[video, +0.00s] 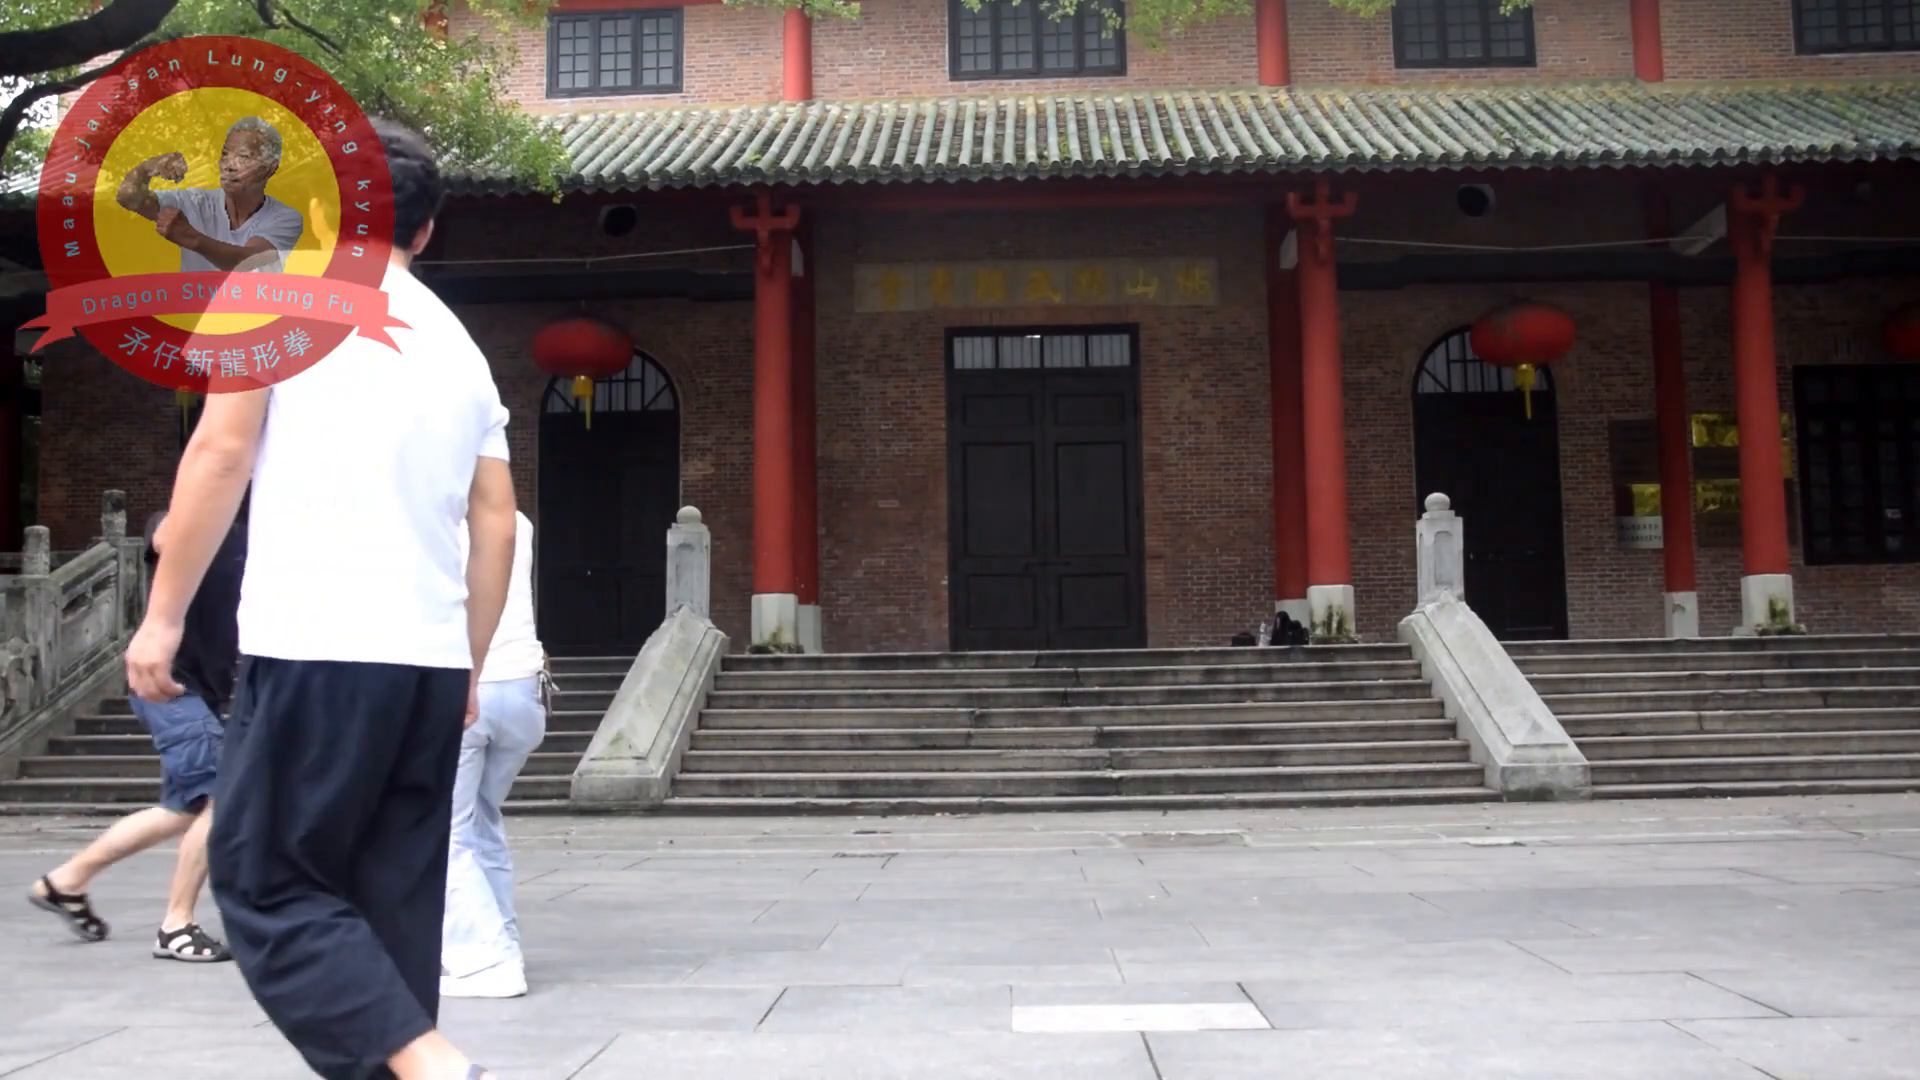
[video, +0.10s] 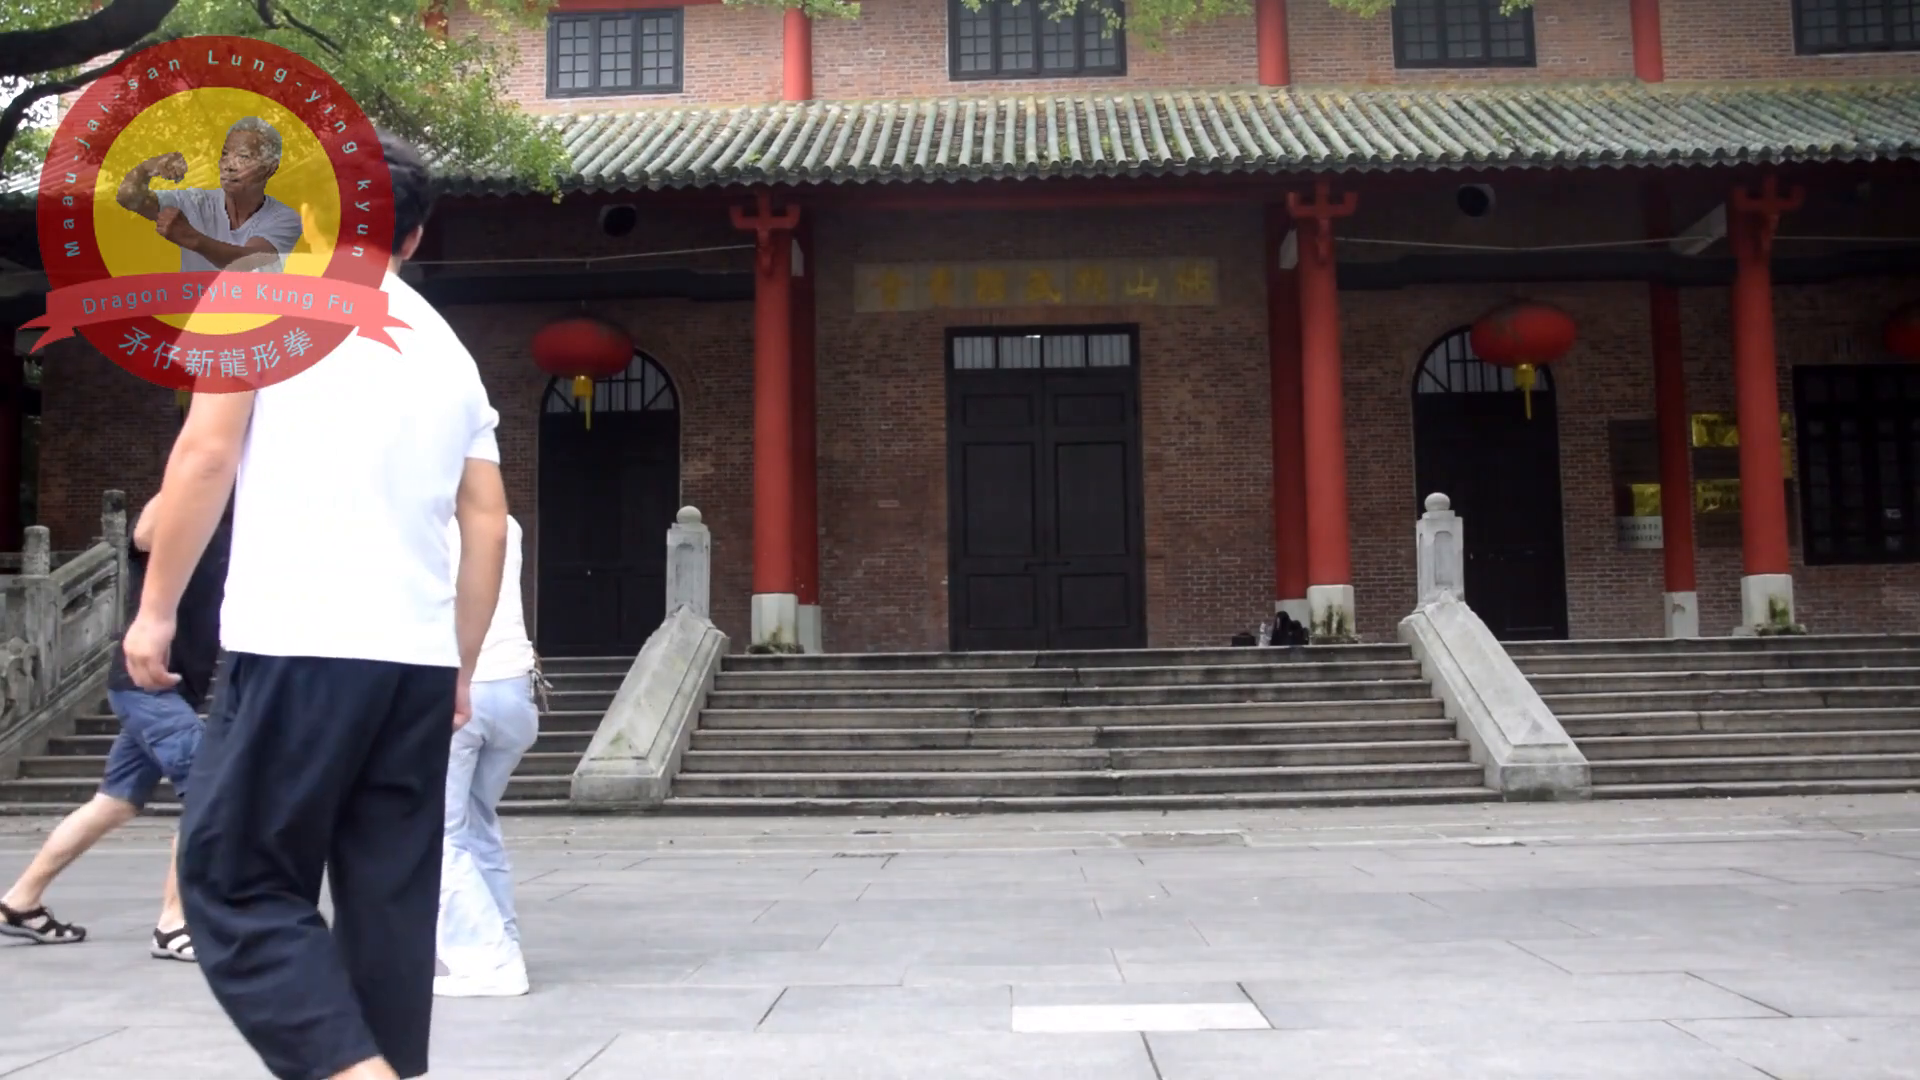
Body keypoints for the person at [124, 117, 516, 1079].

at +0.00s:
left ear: (329, 209)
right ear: (427, 234)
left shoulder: (275, 293)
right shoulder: (459, 348)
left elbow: (221, 451)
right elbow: (495, 521)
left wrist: (163, 614)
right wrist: (469, 663)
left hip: (312, 662)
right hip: (432, 668)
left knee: (263, 886)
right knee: (398, 901)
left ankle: (428, 1064)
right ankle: (386, 1072)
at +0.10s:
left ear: (322, 221)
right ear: (415, 242)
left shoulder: (260, 297)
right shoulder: (448, 351)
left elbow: (207, 450)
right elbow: (486, 521)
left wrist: (157, 608)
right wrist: (460, 661)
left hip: (296, 656)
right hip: (421, 666)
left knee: (237, 886)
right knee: (391, 903)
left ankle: (355, 1066)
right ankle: (390, 1074)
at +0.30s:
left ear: (291, 239)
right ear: (378, 257)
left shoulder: (231, 300)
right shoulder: (429, 356)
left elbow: (182, 457)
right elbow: (469, 513)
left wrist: (147, 614)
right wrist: (454, 663)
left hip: (266, 648)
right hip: (401, 658)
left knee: (193, 892)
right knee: (379, 905)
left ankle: (176, 1063)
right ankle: (377, 1068)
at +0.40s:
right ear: (352, 260)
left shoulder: (209, 307)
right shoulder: (411, 350)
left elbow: (170, 457)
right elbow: (459, 515)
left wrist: (137, 622)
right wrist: (448, 661)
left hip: (250, 644)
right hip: (385, 653)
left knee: (163, 891)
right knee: (372, 900)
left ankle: (126, 1064)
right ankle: (371, 1066)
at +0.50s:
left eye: (190, 255)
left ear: (222, 242)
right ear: (319, 249)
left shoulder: (184, 311)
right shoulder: (393, 352)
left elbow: (149, 465)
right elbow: (444, 512)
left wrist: (120, 628)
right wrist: (437, 665)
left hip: (227, 647)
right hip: (367, 655)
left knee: (143, 897)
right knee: (364, 902)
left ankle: (83, 1067)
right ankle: (367, 1066)